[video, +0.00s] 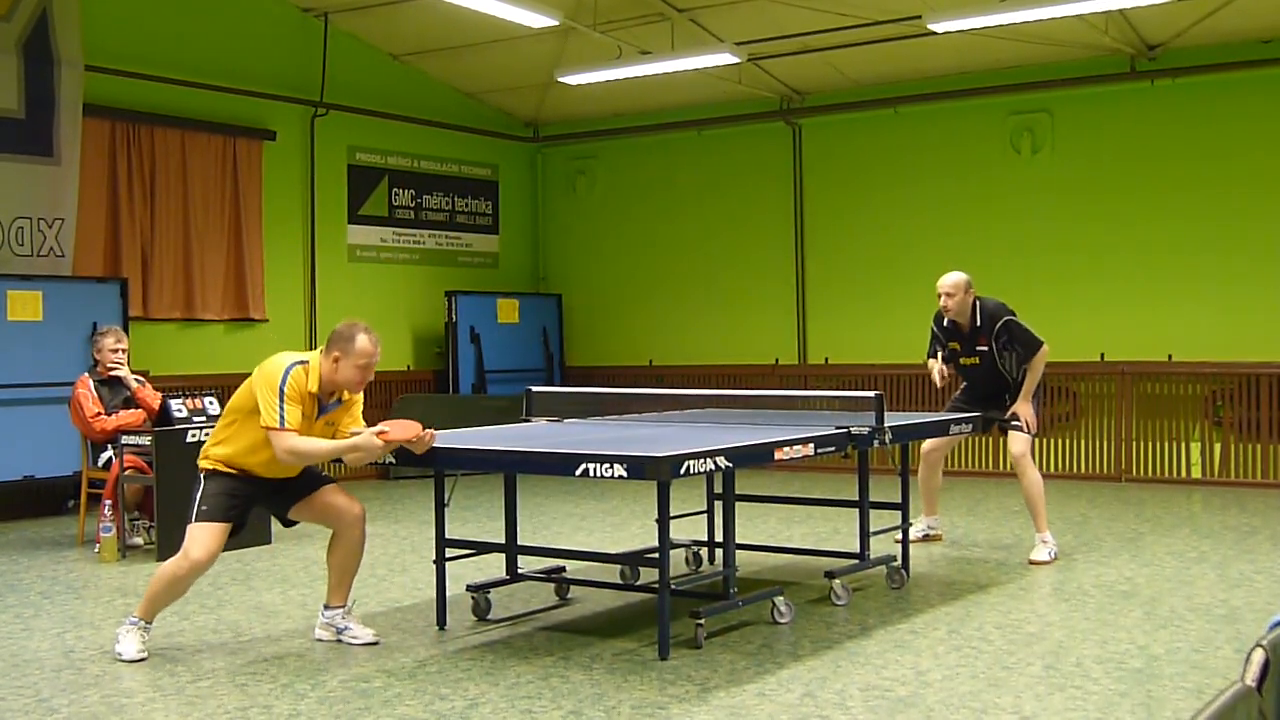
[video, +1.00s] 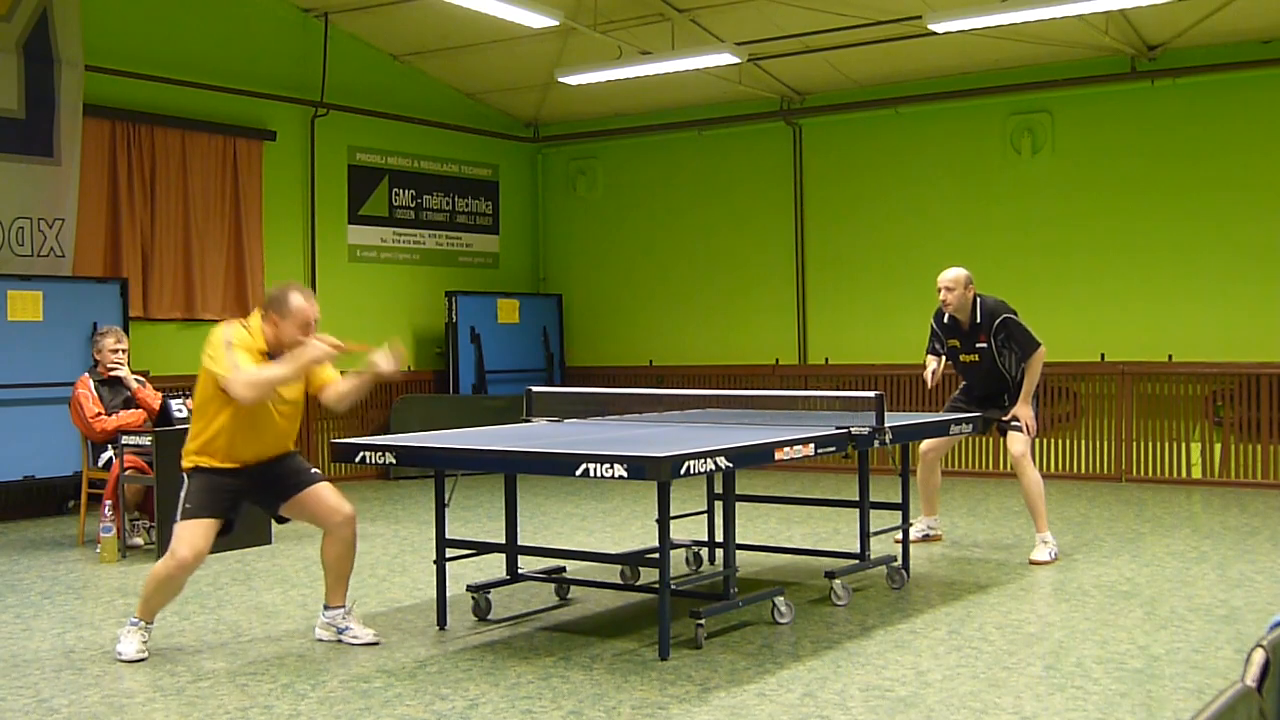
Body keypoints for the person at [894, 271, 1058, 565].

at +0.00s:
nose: (943, 302)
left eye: (950, 296)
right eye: (940, 296)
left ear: (969, 296)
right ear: (938, 297)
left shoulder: (996, 315)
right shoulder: (941, 319)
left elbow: (1040, 352)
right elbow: (934, 355)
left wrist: (1025, 400)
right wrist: (937, 368)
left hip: (1015, 391)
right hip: (974, 390)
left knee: (1019, 453)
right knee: (930, 450)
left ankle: (1044, 539)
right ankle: (929, 524)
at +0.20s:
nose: (940, 300)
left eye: (947, 294)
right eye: (937, 294)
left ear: (967, 294)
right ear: (936, 295)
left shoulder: (993, 313)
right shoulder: (939, 320)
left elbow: (1036, 351)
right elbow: (933, 353)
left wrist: (1023, 399)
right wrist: (933, 365)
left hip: (1012, 391)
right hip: (973, 391)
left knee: (1018, 452)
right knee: (928, 450)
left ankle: (1044, 539)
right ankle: (929, 523)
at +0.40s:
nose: (941, 298)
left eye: (948, 292)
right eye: (938, 292)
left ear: (968, 293)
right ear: (937, 294)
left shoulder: (994, 313)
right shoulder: (939, 319)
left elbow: (1035, 351)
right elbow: (932, 353)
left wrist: (1023, 401)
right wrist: (932, 365)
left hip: (1012, 392)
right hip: (973, 392)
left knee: (1018, 453)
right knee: (926, 450)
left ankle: (1044, 538)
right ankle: (929, 523)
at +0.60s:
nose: (942, 298)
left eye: (949, 292)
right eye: (939, 292)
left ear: (969, 293)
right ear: (937, 294)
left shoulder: (995, 314)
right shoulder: (940, 319)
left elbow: (1036, 352)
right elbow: (933, 354)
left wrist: (1024, 402)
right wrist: (933, 366)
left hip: (1013, 393)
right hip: (973, 392)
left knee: (1018, 452)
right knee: (927, 450)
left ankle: (1044, 539)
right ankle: (929, 523)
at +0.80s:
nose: (942, 298)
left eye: (949, 292)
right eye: (940, 292)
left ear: (969, 293)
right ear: (938, 294)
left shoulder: (996, 314)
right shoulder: (941, 319)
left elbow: (1037, 352)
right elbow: (935, 354)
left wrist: (1024, 402)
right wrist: (934, 366)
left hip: (1014, 393)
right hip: (974, 392)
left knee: (1019, 453)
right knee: (927, 450)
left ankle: (1044, 539)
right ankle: (929, 523)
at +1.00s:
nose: (942, 297)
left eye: (949, 290)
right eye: (940, 291)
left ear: (969, 291)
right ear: (939, 292)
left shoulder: (997, 313)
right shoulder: (941, 317)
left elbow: (1036, 353)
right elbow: (935, 352)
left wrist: (1024, 402)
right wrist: (933, 365)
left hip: (1013, 392)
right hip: (973, 391)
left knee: (1019, 453)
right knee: (928, 450)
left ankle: (1044, 539)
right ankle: (929, 523)